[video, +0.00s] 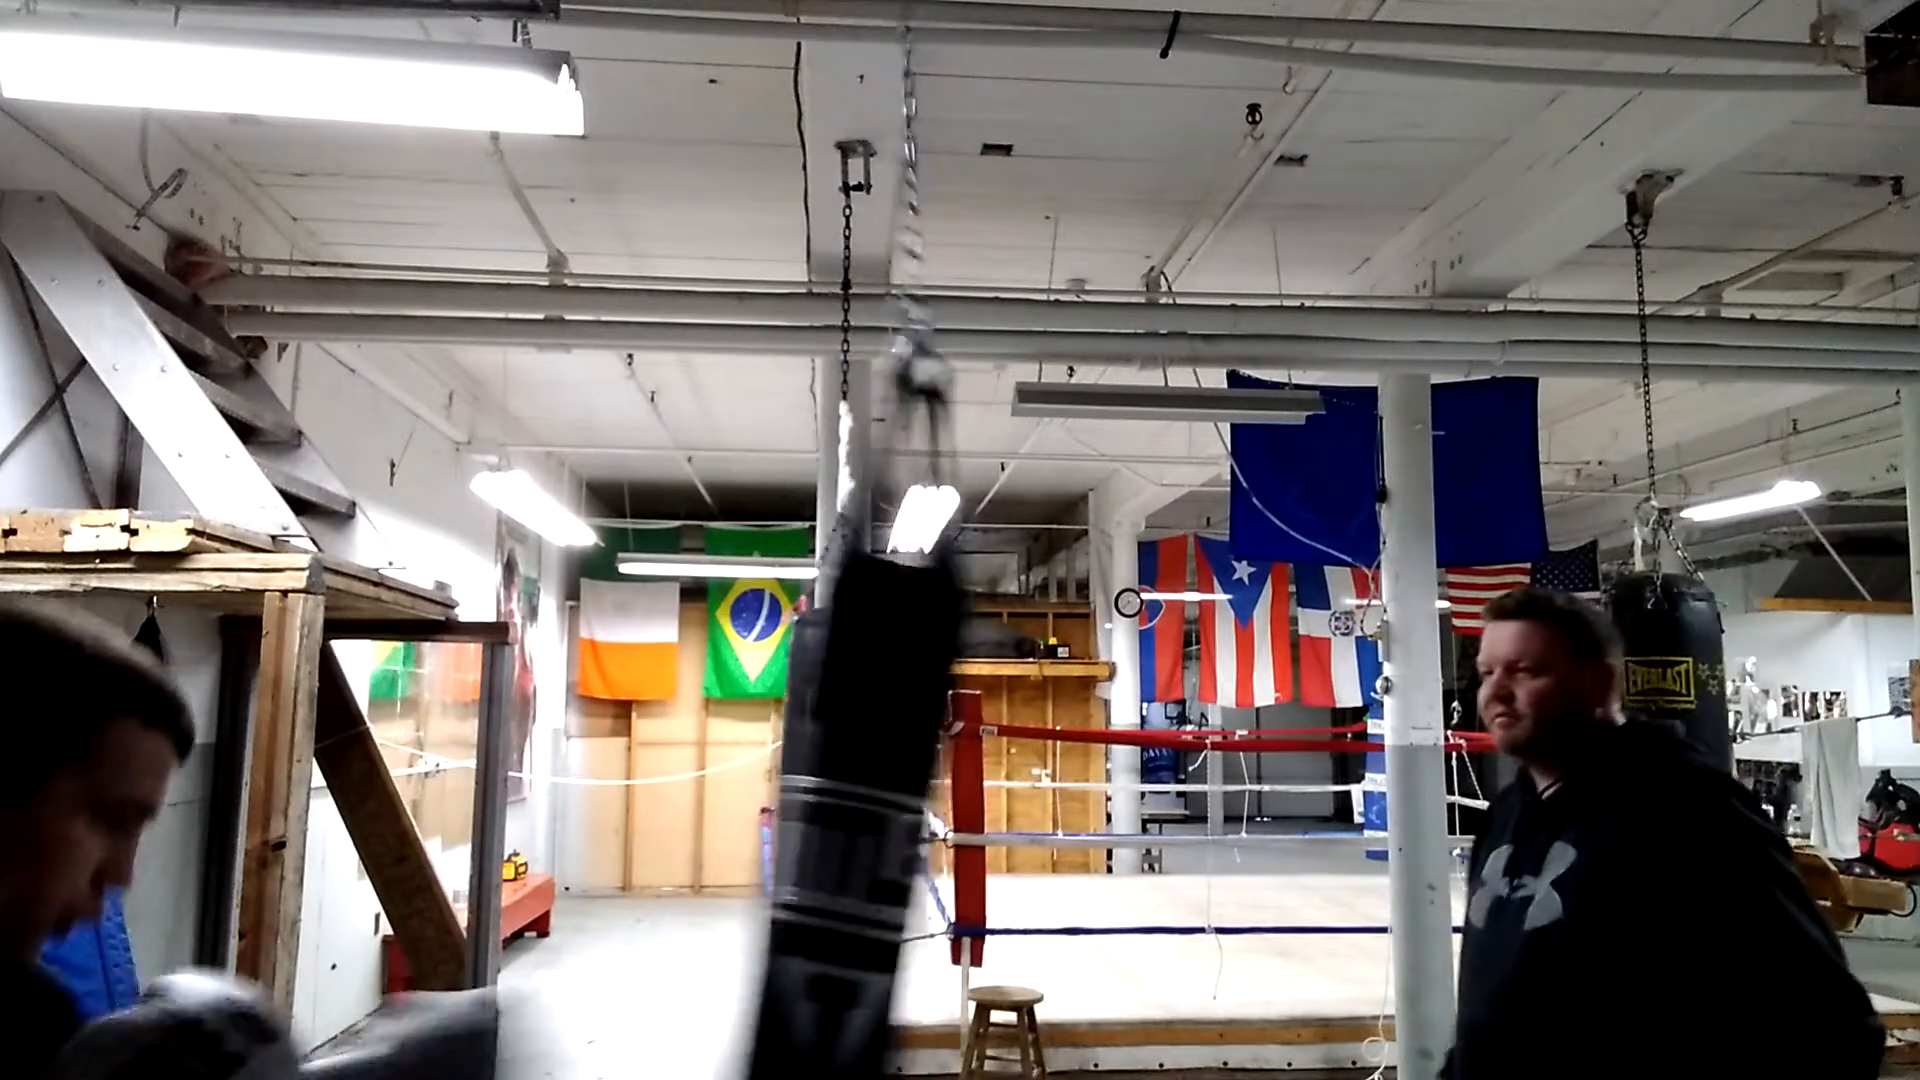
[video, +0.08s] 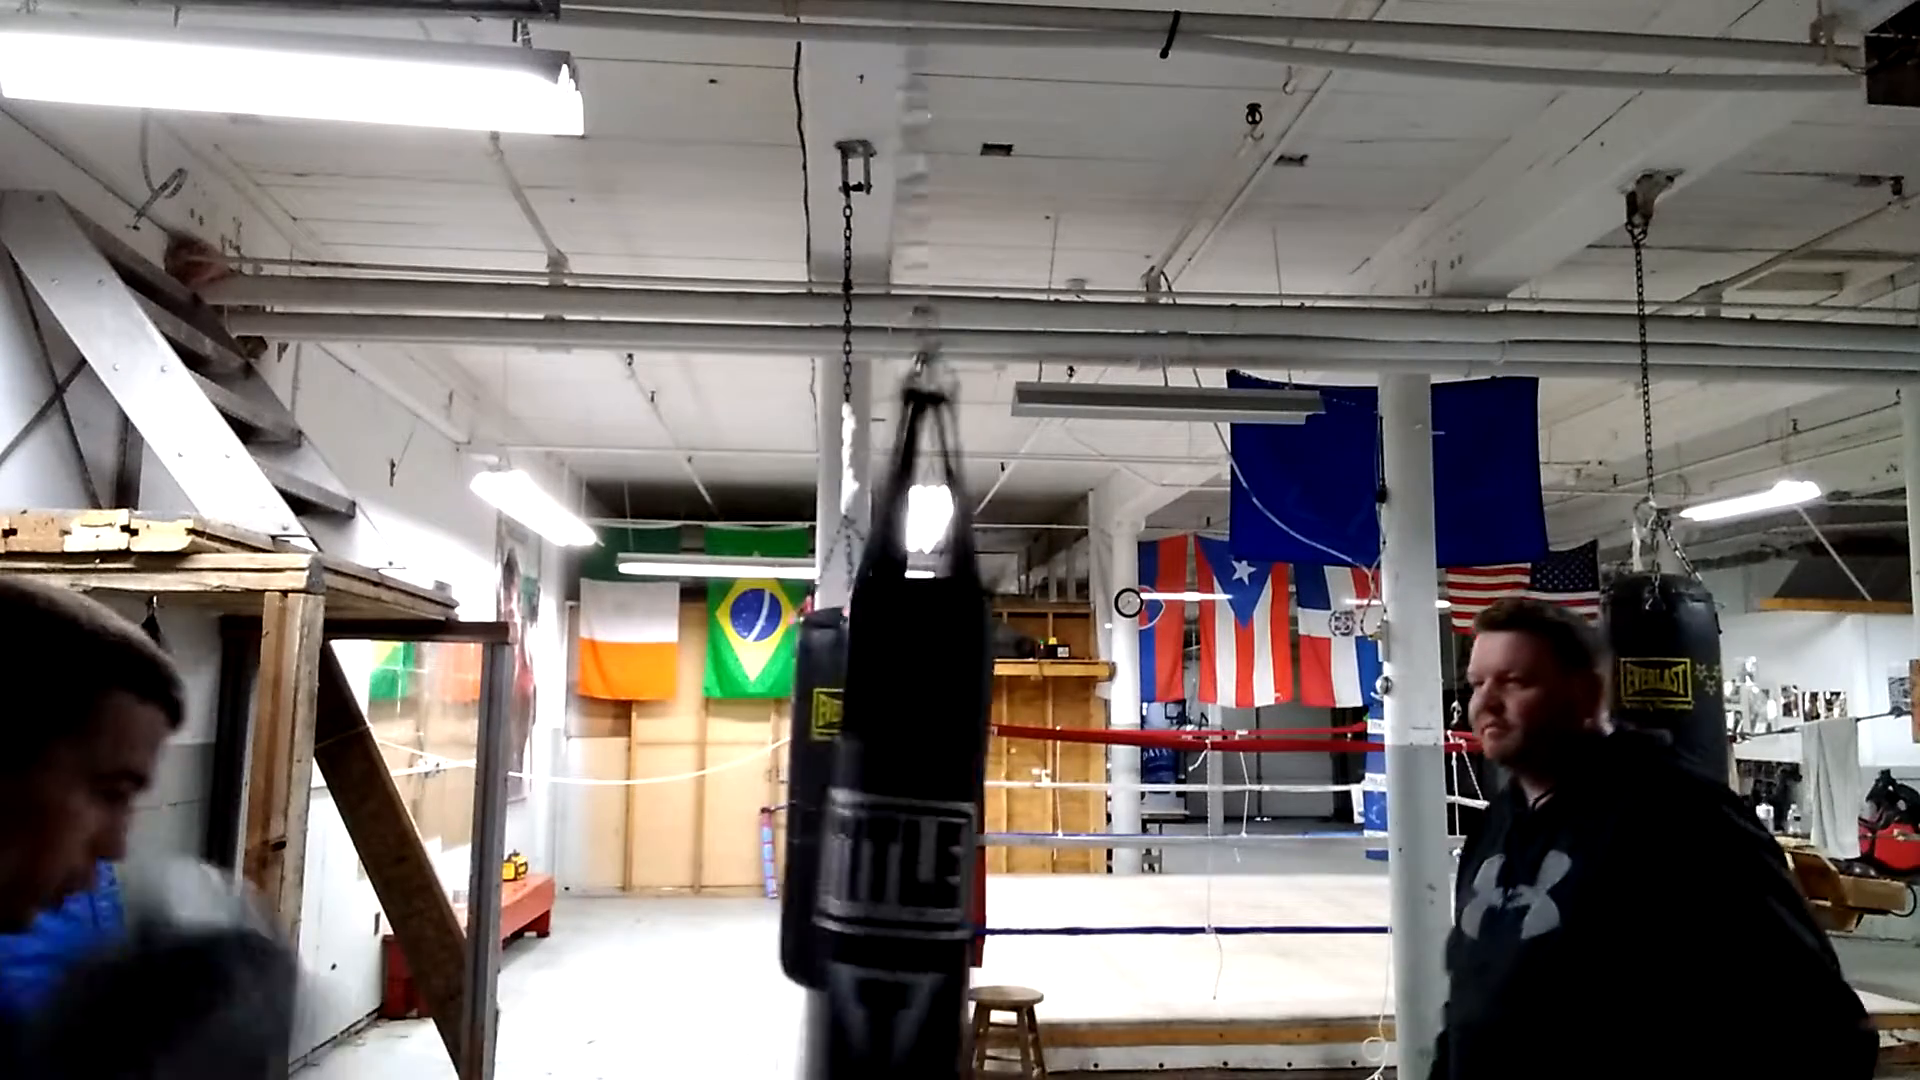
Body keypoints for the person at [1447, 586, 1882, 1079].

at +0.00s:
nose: (1494, 692)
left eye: (1524, 671)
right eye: (1485, 674)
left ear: (1600, 684)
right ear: (1477, 684)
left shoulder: (1683, 804)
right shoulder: (1508, 815)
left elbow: (1833, 1019)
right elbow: (1488, 1004)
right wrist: (1458, 1070)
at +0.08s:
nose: (1486, 702)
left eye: (1515, 682)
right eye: (1476, 686)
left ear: (1587, 696)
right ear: (1466, 695)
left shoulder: (1677, 813)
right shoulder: (1498, 826)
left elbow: (1826, 1026)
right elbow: (1470, 1004)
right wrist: (1445, 1070)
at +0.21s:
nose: (1479, 705)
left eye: (1507, 686)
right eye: (1470, 687)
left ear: (1580, 700)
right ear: (1460, 698)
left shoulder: (1680, 820)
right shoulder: (1490, 830)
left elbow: (1835, 1030)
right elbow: (1454, 999)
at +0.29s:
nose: (1482, 692)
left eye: (1511, 675)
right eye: (1473, 676)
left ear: (1582, 689)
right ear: (1463, 688)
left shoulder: (1676, 810)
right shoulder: (1480, 819)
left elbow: (1837, 1022)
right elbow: (1443, 986)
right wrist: (1411, 1070)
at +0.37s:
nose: (1483, 687)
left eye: (1515, 669)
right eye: (1477, 667)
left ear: (1588, 684)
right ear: (1465, 674)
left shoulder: (1680, 809)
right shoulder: (1476, 809)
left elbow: (1828, 1018)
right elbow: (1432, 956)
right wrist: (1403, 1044)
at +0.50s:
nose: (1489, 686)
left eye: (1521, 669)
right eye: (1482, 666)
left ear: (1591, 688)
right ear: (1470, 677)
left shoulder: (1674, 810)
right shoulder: (1475, 808)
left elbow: (1811, 1011)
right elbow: (1421, 951)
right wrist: (1395, 1052)